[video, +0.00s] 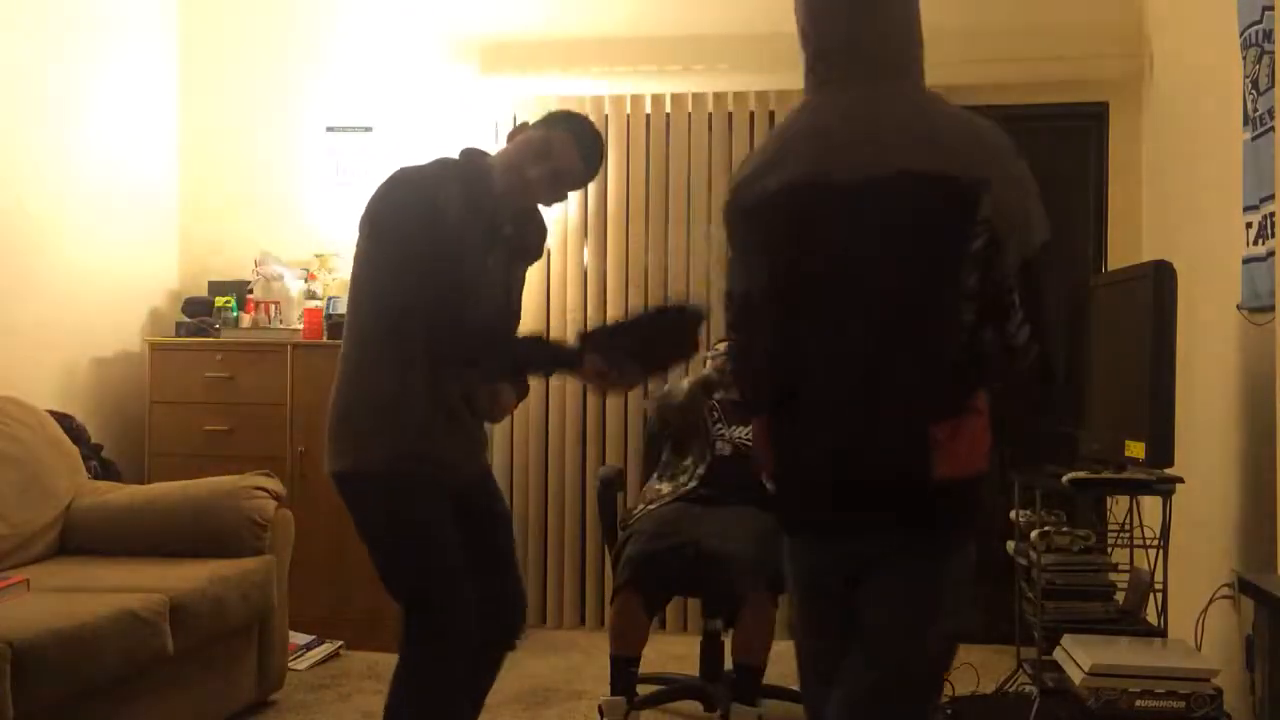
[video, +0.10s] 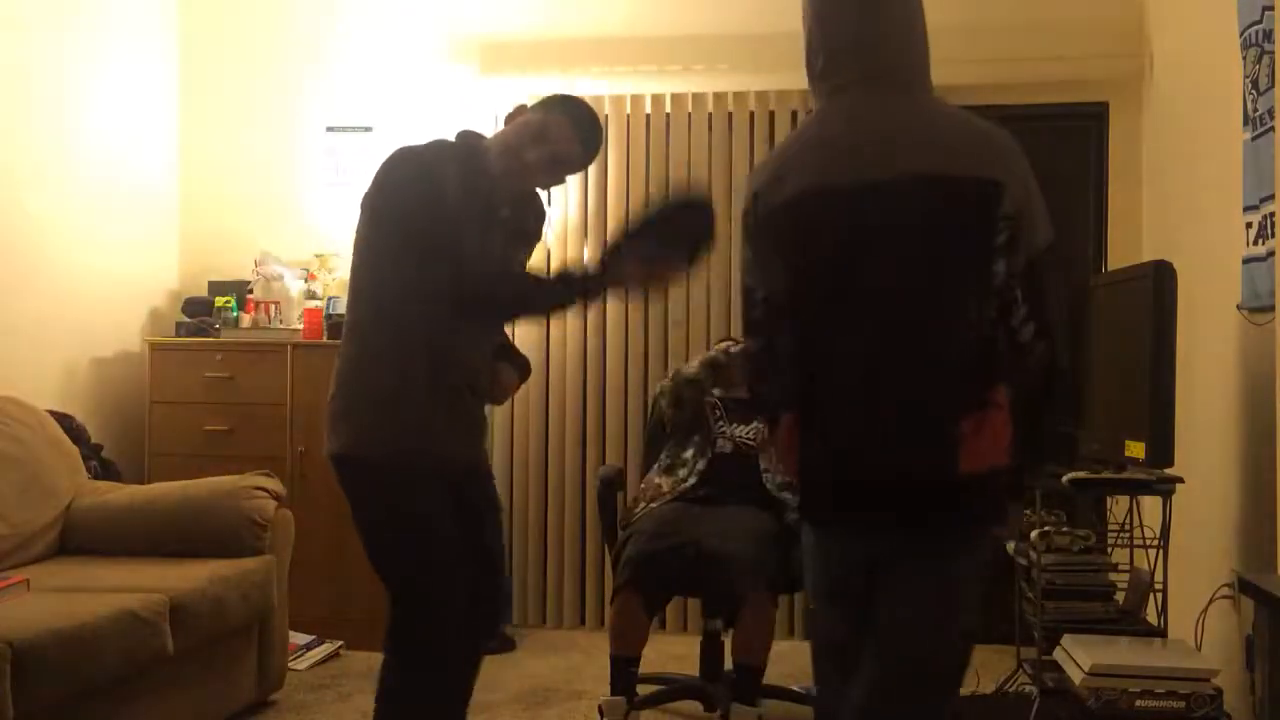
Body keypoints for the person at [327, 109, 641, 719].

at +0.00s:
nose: (545, 190)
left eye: (562, 188)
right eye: (548, 165)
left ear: (566, 194)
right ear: (522, 135)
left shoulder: (517, 238)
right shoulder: (419, 193)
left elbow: (498, 349)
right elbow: (441, 337)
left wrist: (506, 389)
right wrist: (563, 356)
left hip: (453, 448)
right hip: (382, 444)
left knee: (498, 612)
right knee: (444, 621)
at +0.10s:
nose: (544, 174)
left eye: (559, 173)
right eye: (547, 151)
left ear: (560, 176)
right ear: (521, 115)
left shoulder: (515, 216)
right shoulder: (423, 167)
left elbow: (478, 311)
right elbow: (468, 285)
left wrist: (509, 362)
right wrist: (599, 278)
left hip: (451, 439)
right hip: (387, 433)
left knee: (470, 615)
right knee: (436, 612)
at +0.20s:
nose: (535, 158)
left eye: (553, 160)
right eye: (539, 135)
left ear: (555, 170)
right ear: (516, 106)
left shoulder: (509, 208)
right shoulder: (423, 154)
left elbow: (486, 313)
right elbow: (516, 231)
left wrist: (510, 354)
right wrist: (614, 173)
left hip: (451, 433)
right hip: (387, 428)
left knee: (454, 614)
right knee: (420, 612)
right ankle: (400, 713)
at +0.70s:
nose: (542, 182)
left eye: (552, 171)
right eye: (549, 165)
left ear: (508, 125)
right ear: (522, 132)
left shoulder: (453, 176)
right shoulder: (437, 167)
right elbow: (554, 245)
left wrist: (476, 340)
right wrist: (609, 147)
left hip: (431, 431)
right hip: (385, 430)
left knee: (477, 585)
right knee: (395, 599)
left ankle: (434, 712)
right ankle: (389, 714)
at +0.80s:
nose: (539, 183)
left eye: (549, 172)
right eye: (545, 166)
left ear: (502, 127)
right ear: (513, 132)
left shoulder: (448, 177)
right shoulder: (438, 174)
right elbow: (557, 254)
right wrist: (605, 157)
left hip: (430, 433)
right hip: (388, 431)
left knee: (482, 583)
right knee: (397, 606)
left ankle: (435, 711)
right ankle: (390, 713)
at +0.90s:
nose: (537, 176)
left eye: (547, 164)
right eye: (542, 159)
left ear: (493, 122)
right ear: (509, 130)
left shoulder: (419, 171)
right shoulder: (452, 178)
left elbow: (546, 260)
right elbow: (558, 259)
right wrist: (595, 160)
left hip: (387, 427)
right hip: (408, 433)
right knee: (446, 588)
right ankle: (415, 712)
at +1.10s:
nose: (519, 166)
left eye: (527, 155)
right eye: (523, 151)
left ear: (471, 115)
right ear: (501, 129)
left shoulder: (375, 178)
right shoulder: (470, 173)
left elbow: (336, 308)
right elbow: (552, 259)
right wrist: (563, 154)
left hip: (375, 417)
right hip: (433, 422)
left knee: (406, 606)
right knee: (424, 611)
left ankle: (387, 713)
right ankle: (400, 715)